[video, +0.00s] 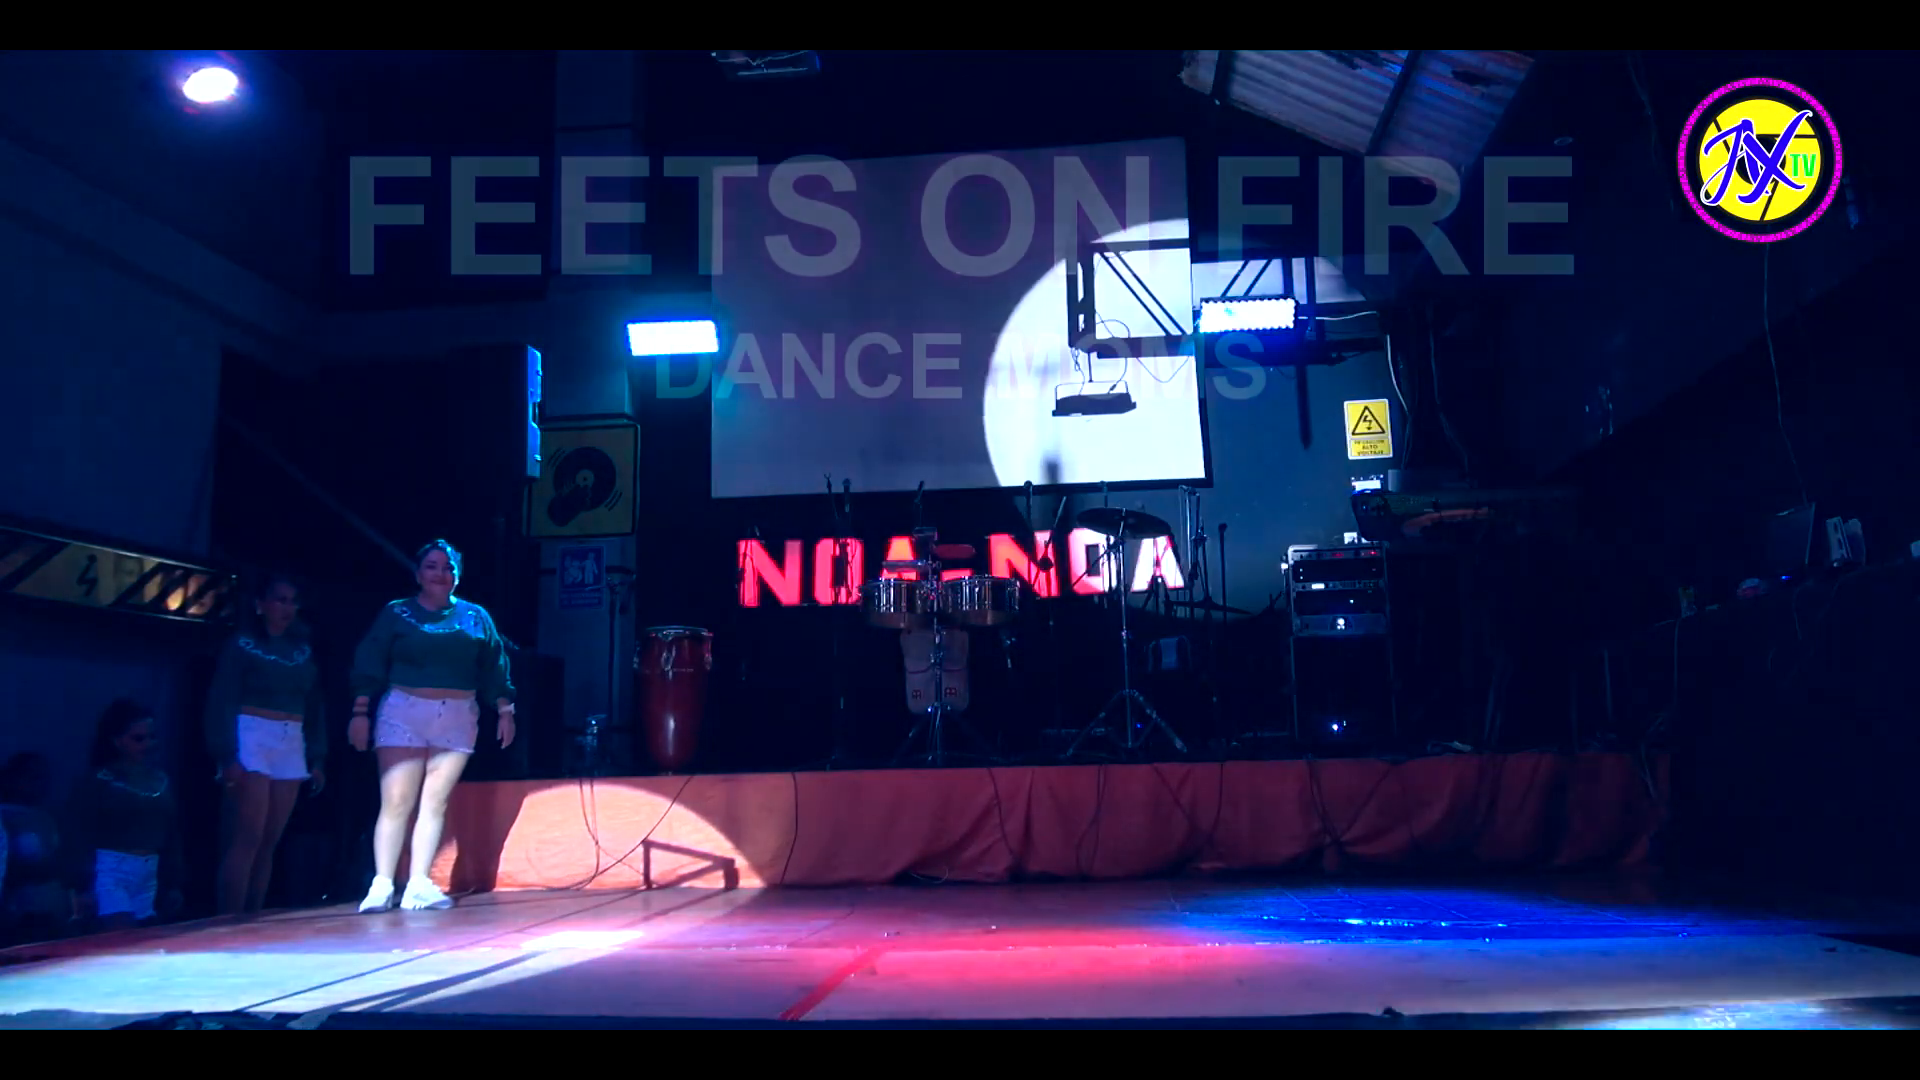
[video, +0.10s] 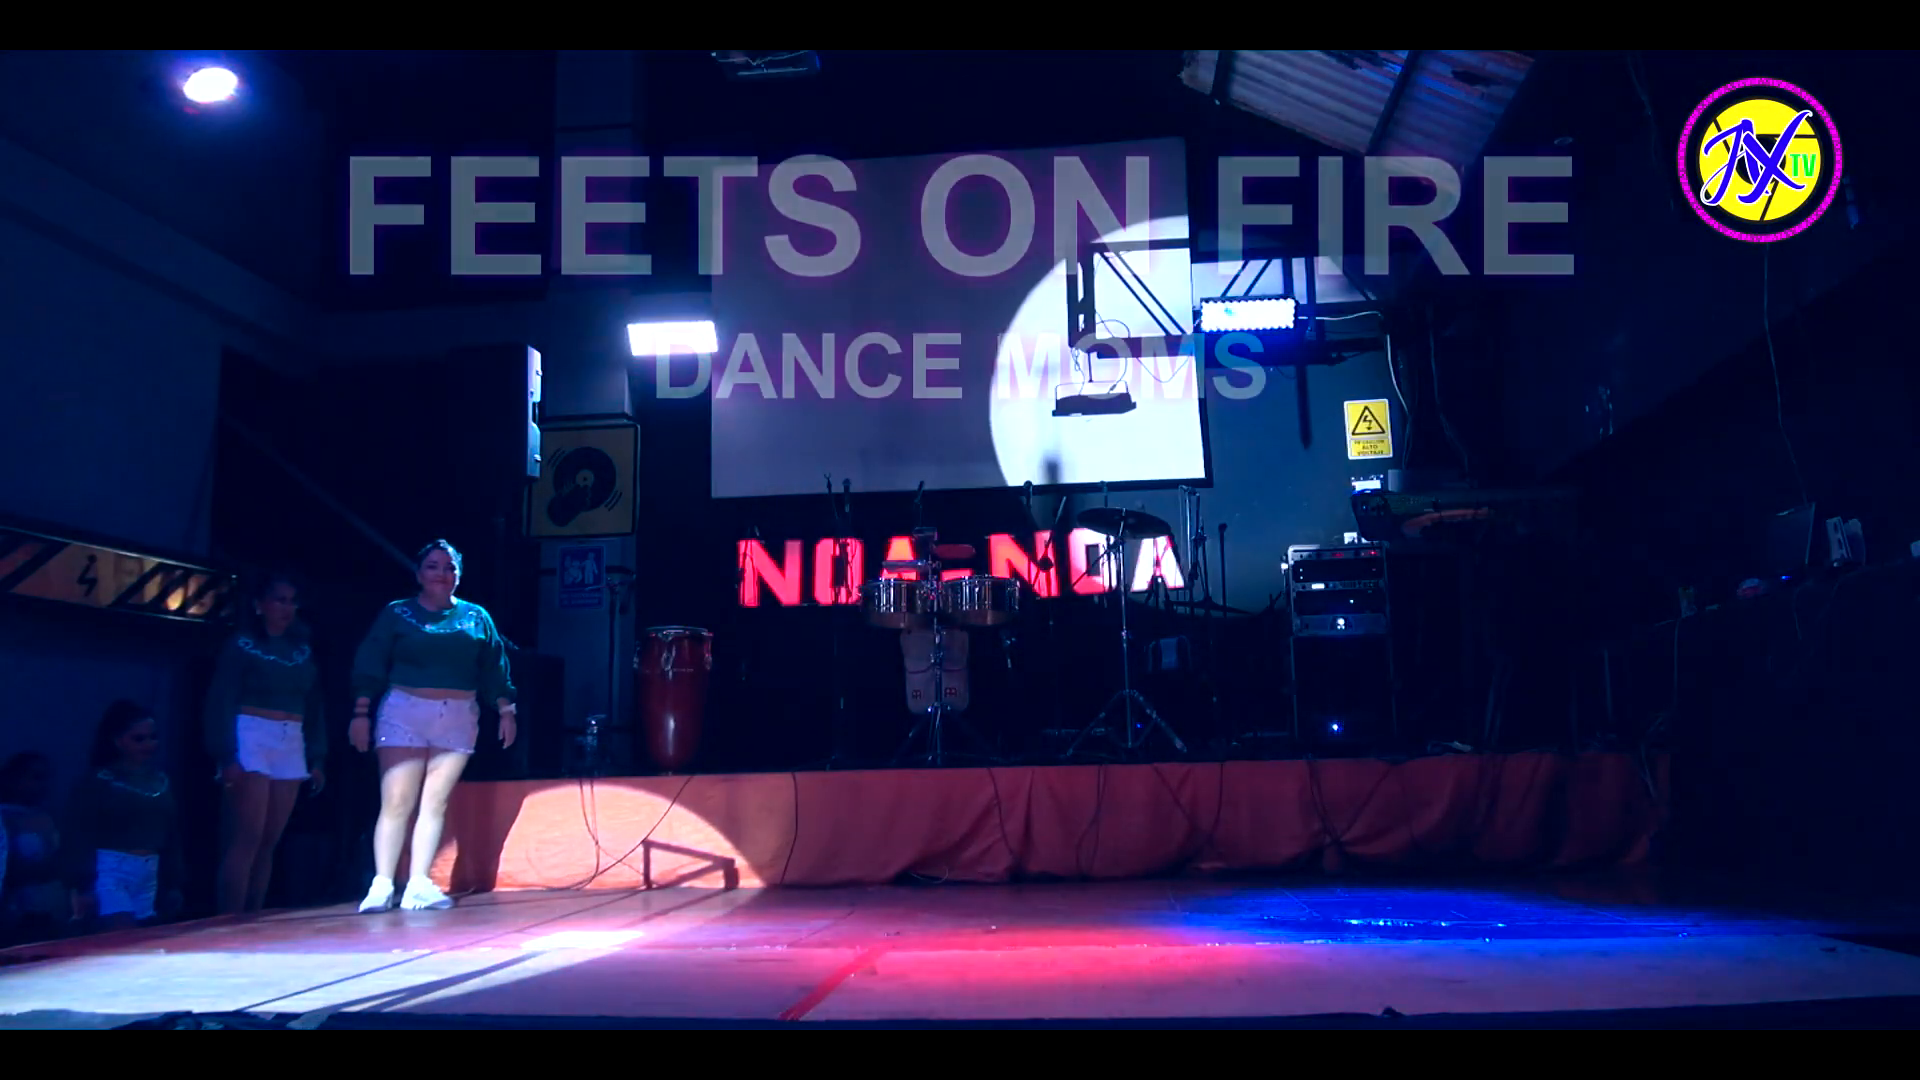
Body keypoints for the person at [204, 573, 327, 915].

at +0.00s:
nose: (286, 608)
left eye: (291, 601)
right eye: (279, 600)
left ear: (298, 607)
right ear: (262, 603)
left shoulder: (303, 651)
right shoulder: (244, 643)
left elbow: (314, 708)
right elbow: (223, 700)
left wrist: (316, 757)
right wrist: (227, 755)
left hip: (293, 734)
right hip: (253, 730)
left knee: (272, 837)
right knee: (250, 832)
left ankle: (254, 915)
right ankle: (231, 916)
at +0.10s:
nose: (285, 608)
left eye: (290, 601)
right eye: (277, 600)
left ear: (297, 607)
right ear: (260, 604)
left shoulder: (303, 651)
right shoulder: (243, 644)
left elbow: (313, 709)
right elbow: (223, 700)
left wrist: (316, 758)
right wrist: (226, 756)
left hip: (293, 734)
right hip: (253, 730)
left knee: (271, 838)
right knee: (249, 834)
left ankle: (253, 918)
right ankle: (231, 919)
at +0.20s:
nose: (285, 608)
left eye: (290, 601)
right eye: (277, 601)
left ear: (297, 607)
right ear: (260, 605)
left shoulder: (303, 650)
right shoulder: (243, 644)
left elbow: (313, 708)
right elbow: (222, 701)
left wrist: (315, 758)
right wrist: (226, 756)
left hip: (293, 734)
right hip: (253, 731)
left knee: (270, 839)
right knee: (248, 835)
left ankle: (254, 919)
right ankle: (231, 921)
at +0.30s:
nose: (283, 608)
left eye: (289, 602)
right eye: (276, 600)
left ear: (296, 608)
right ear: (259, 605)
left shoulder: (302, 651)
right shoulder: (243, 644)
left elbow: (313, 708)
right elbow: (222, 701)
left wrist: (316, 758)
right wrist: (225, 756)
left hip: (293, 734)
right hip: (252, 730)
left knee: (270, 839)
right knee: (248, 835)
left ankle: (253, 919)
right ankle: (230, 920)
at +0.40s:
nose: (283, 608)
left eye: (288, 601)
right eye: (275, 600)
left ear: (295, 607)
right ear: (259, 605)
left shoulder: (302, 651)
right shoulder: (242, 644)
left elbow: (313, 708)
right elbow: (221, 701)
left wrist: (316, 758)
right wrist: (225, 756)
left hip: (292, 734)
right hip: (252, 731)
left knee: (270, 838)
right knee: (248, 834)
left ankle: (254, 919)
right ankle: (231, 919)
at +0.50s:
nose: (282, 610)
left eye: (288, 603)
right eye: (275, 602)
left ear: (294, 608)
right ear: (259, 605)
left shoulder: (300, 649)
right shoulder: (242, 642)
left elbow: (312, 707)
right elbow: (222, 698)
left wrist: (315, 758)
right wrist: (223, 753)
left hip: (292, 733)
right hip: (252, 729)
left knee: (271, 836)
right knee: (249, 831)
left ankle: (254, 915)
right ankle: (232, 913)